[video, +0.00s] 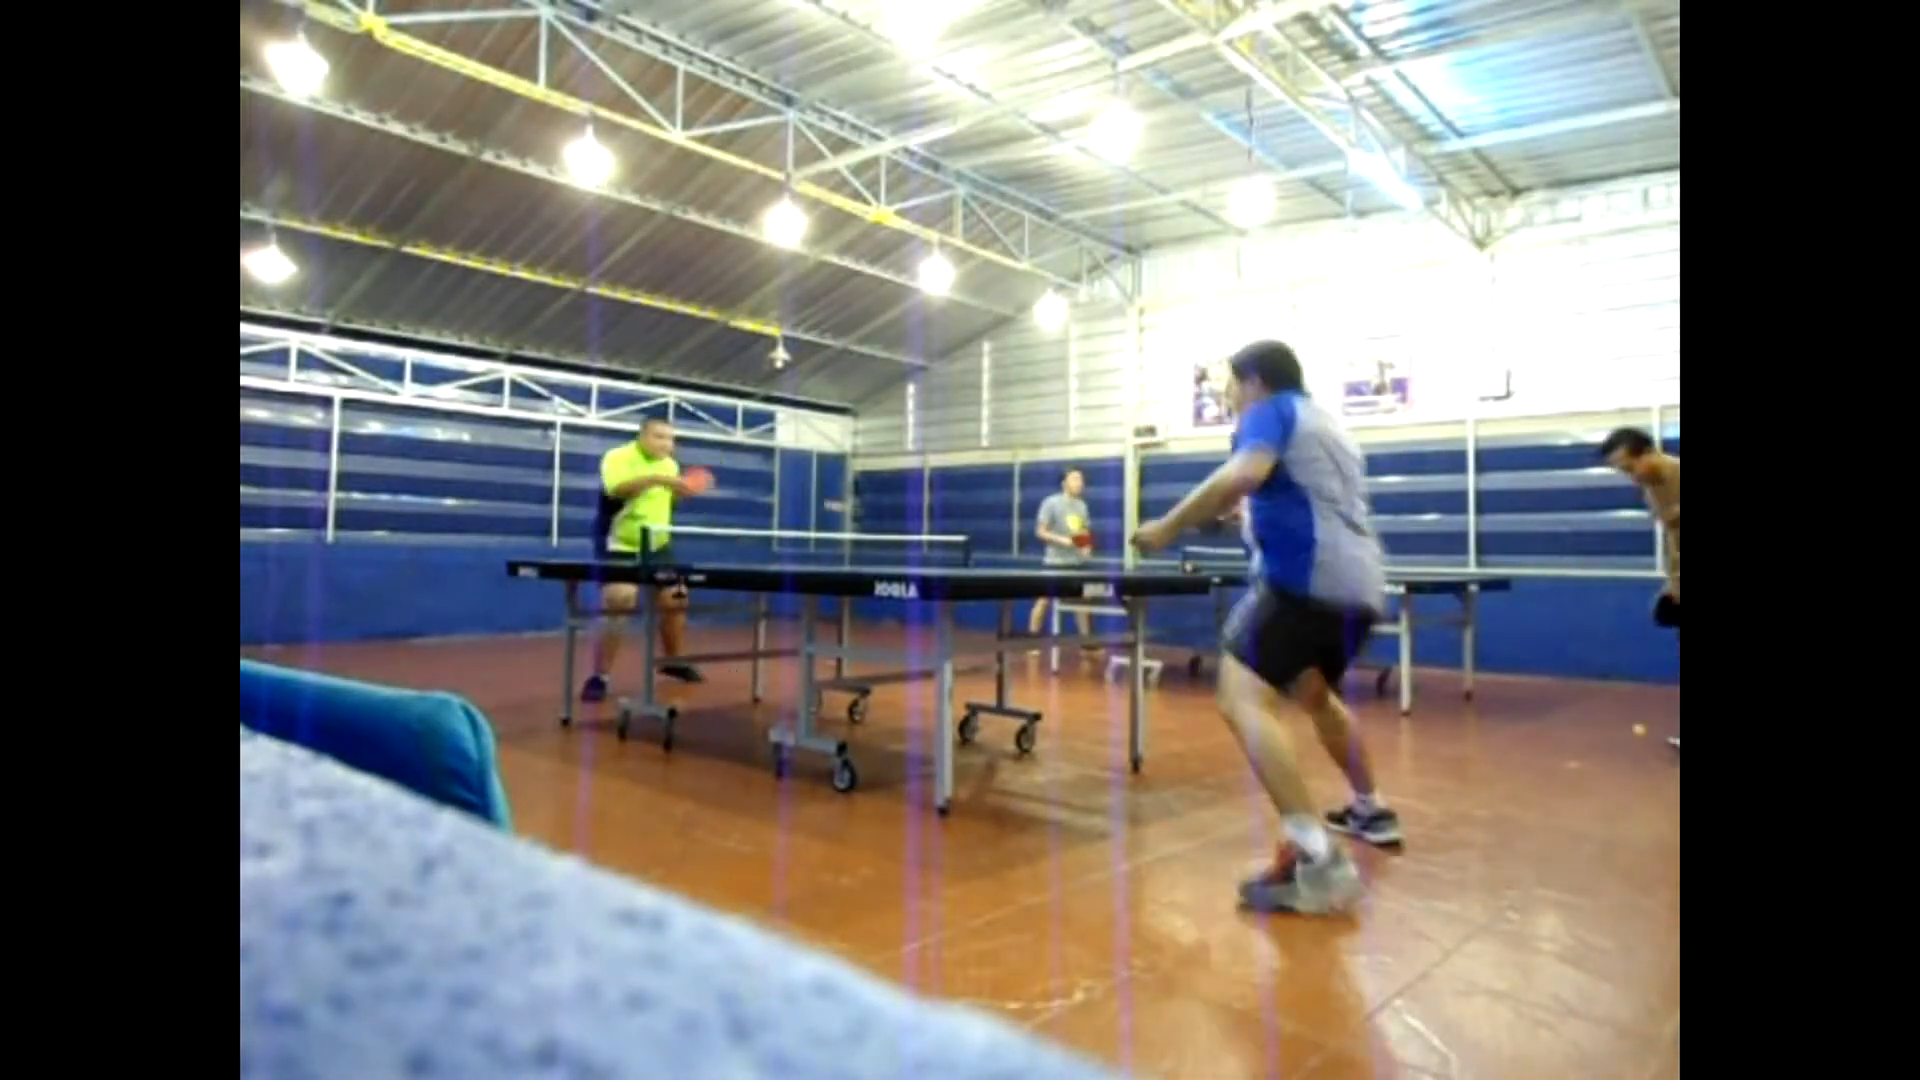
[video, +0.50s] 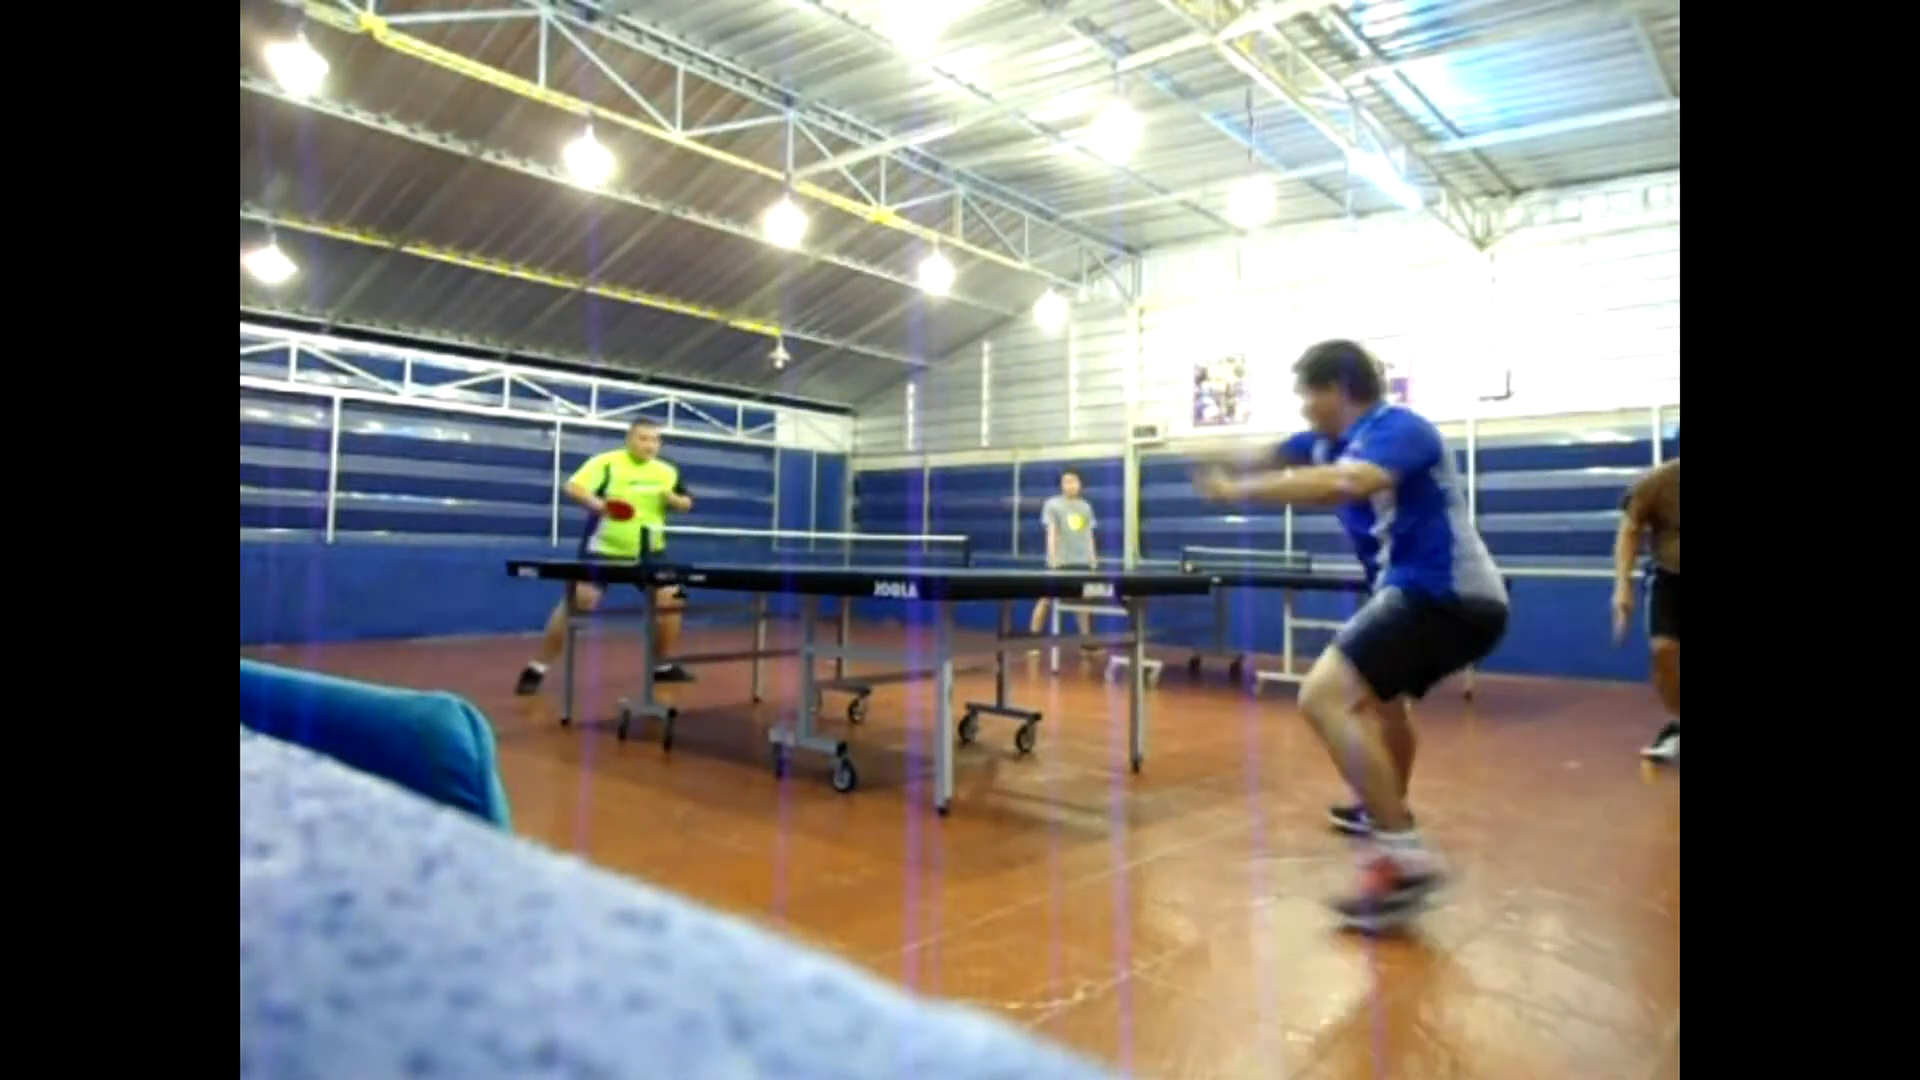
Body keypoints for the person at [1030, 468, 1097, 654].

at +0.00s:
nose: (1078, 484)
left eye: (1080, 480)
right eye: (1074, 480)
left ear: (1082, 484)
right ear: (1064, 483)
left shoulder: (1082, 505)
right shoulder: (1051, 503)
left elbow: (1085, 529)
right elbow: (1041, 531)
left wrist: (1086, 545)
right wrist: (1065, 541)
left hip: (1077, 561)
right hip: (1055, 561)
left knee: (1080, 601)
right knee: (1044, 599)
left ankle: (1086, 639)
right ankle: (1032, 637)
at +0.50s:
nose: (1070, 486)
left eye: (1073, 481)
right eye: (1067, 482)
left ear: (1080, 484)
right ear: (1061, 485)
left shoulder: (1085, 507)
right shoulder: (1052, 505)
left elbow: (1089, 535)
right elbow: (1051, 532)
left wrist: (1092, 559)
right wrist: (1052, 558)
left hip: (1082, 561)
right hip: (1060, 561)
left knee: (1083, 601)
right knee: (1046, 599)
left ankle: (1086, 637)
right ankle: (1034, 635)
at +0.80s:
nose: (1071, 486)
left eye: (1075, 482)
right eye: (1068, 482)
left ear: (1081, 485)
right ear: (1062, 485)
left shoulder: (1086, 507)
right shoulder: (1052, 504)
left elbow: (1090, 535)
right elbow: (1039, 532)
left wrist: (1094, 559)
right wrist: (1025, 558)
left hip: (1081, 562)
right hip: (1057, 562)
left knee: (1083, 602)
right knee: (1045, 601)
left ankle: (1086, 639)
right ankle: (1033, 638)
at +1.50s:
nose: (1073, 487)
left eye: (1077, 483)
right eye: (1069, 483)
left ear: (1082, 486)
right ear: (1063, 485)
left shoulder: (1084, 507)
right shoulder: (1051, 505)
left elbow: (1087, 535)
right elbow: (1045, 534)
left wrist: (1092, 559)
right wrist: (1063, 552)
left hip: (1080, 562)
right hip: (1056, 561)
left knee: (1083, 601)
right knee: (1045, 599)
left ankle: (1085, 638)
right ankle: (1033, 636)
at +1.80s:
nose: (1074, 487)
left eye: (1078, 483)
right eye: (1071, 483)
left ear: (1082, 487)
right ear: (1063, 485)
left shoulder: (1084, 507)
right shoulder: (1051, 504)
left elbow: (1086, 533)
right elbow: (1043, 532)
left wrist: (1088, 553)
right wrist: (1065, 543)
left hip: (1080, 560)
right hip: (1056, 560)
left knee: (1082, 600)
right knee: (1046, 598)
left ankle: (1085, 638)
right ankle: (1033, 636)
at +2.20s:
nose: (1085, 489)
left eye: (1087, 485)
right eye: (1082, 485)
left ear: (1090, 489)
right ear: (1074, 487)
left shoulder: (1087, 508)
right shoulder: (1060, 505)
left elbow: (1088, 532)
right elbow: (1051, 525)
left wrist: (1086, 552)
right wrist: (1071, 525)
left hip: (1077, 558)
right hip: (1055, 557)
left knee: (1083, 600)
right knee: (1045, 597)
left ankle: (1087, 637)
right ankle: (1032, 633)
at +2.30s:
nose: (1083, 490)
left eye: (1085, 486)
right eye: (1079, 486)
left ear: (1088, 490)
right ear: (1071, 488)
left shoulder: (1085, 509)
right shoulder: (1057, 505)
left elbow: (1087, 532)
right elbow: (1045, 526)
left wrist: (1083, 553)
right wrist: (1065, 530)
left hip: (1076, 558)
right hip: (1053, 557)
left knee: (1084, 599)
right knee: (1043, 597)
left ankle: (1087, 637)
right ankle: (1031, 634)